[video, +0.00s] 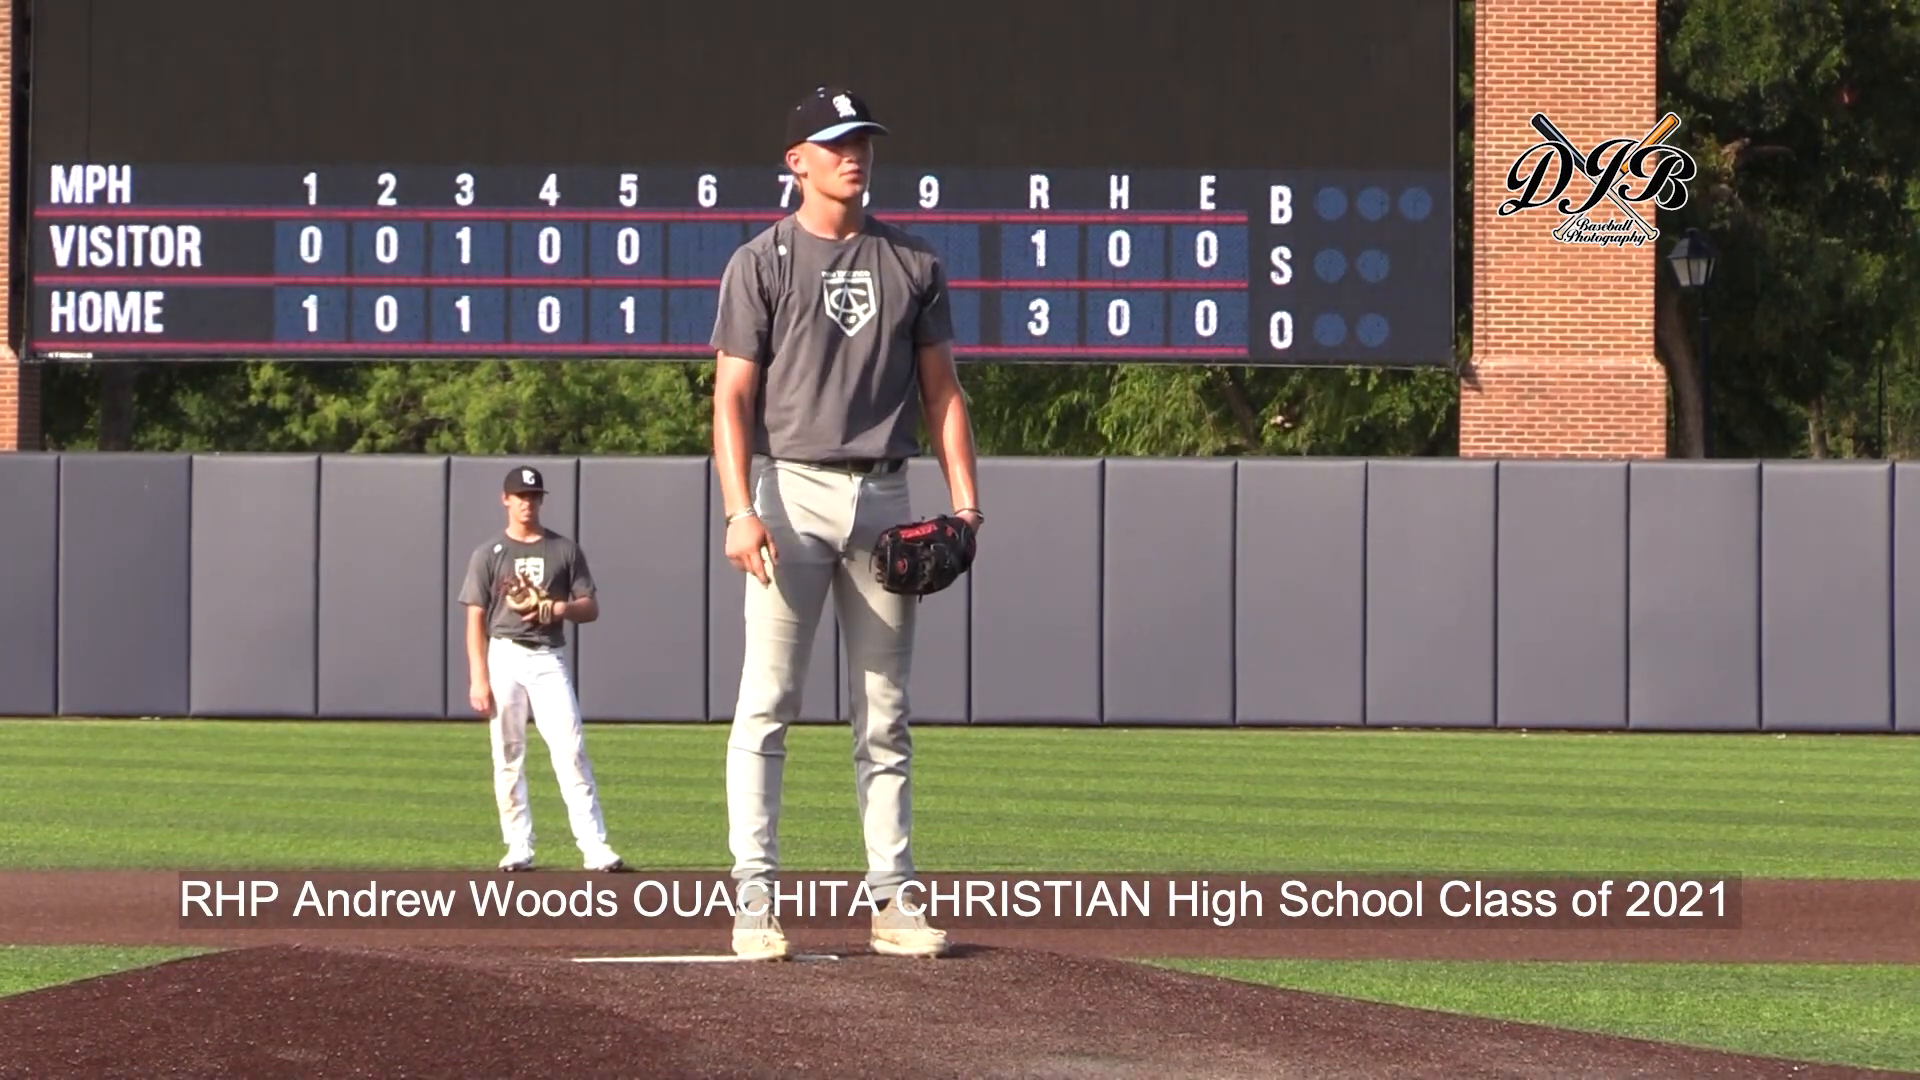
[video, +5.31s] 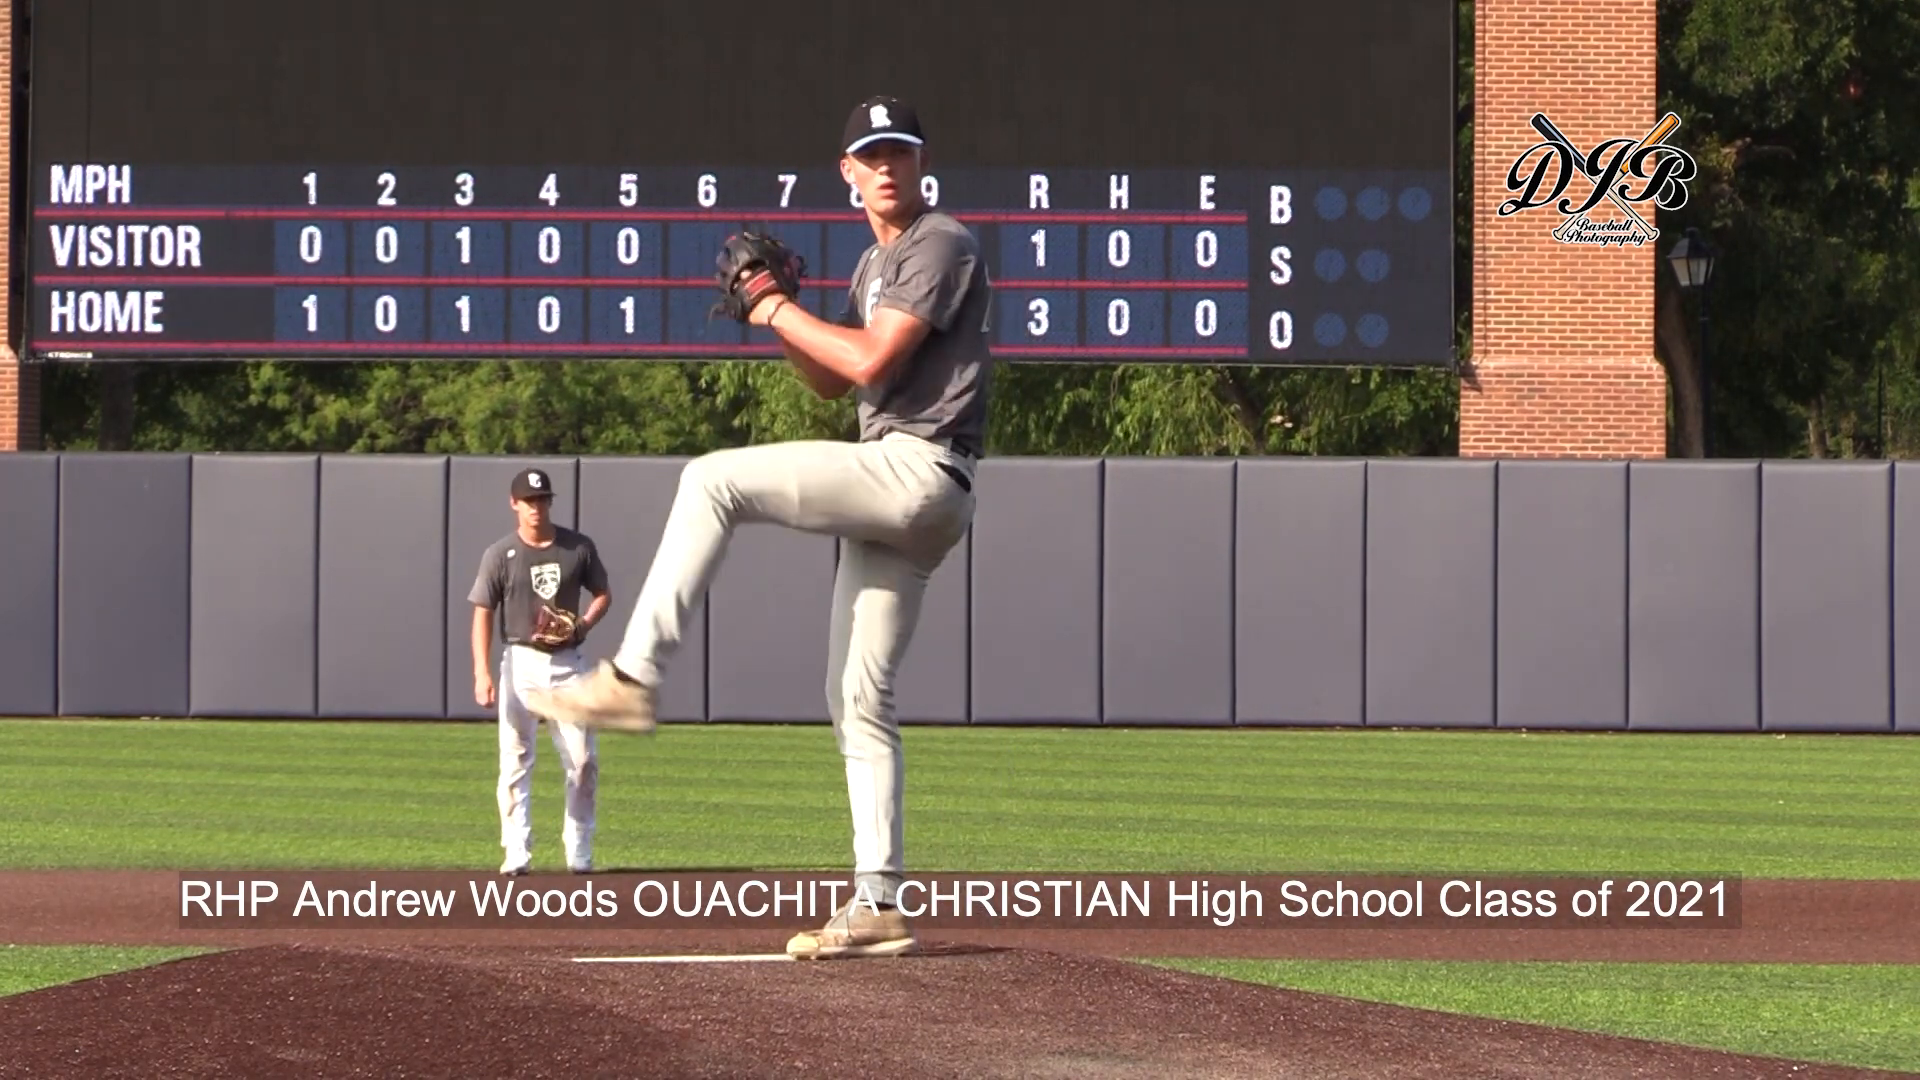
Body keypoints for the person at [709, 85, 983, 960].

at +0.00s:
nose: (854, 160)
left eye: (861, 146)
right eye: (837, 147)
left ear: (872, 158)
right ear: (799, 160)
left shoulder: (912, 266)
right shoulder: (759, 263)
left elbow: (944, 392)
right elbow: (730, 398)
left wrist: (965, 502)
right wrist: (740, 509)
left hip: (887, 498)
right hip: (790, 493)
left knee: (885, 712)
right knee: (767, 706)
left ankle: (893, 898)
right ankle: (756, 895)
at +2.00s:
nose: (852, 159)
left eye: (860, 145)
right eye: (835, 146)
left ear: (872, 158)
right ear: (798, 160)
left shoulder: (912, 267)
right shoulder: (759, 268)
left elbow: (944, 395)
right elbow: (733, 408)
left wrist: (965, 510)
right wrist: (745, 524)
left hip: (888, 497)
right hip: (792, 493)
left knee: (887, 712)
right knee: (769, 704)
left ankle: (893, 897)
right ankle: (755, 895)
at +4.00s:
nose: (911, 163)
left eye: (919, 149)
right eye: (894, 152)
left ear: (934, 159)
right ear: (861, 167)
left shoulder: (973, 251)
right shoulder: (840, 273)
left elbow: (994, 395)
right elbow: (834, 400)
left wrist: (904, 480)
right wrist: (824, 462)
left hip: (950, 502)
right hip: (862, 504)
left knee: (960, 706)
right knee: (829, 695)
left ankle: (970, 906)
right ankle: (836, 896)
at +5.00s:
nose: (901, 165)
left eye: (911, 150)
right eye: (884, 153)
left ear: (930, 160)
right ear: (857, 167)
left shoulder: (953, 244)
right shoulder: (858, 263)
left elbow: (932, 383)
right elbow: (846, 381)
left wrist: (817, 423)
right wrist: (784, 405)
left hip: (930, 486)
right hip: (867, 490)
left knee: (870, 686)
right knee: (851, 697)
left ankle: (940, 882)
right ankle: (880, 898)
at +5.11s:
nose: (895, 165)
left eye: (906, 150)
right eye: (879, 153)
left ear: (926, 160)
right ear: (853, 166)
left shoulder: (948, 243)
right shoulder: (865, 261)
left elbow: (914, 378)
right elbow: (849, 368)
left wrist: (796, 391)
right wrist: (780, 368)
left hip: (925, 479)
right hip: (873, 479)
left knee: (797, 630)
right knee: (868, 696)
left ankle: (872, 829)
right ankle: (874, 908)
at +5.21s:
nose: (889, 168)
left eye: (902, 153)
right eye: (873, 155)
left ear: (925, 162)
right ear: (851, 170)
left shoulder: (946, 242)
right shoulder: (869, 264)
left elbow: (893, 371)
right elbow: (853, 387)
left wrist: (778, 343)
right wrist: (779, 342)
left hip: (920, 475)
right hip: (885, 476)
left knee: (741, 557)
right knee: (863, 704)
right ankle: (882, 906)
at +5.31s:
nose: (886, 173)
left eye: (899, 157)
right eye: (870, 160)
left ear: (924, 166)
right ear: (850, 174)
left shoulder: (943, 242)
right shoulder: (875, 263)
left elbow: (871, 360)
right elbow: (839, 380)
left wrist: (773, 303)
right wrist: (778, 309)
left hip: (918, 473)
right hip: (894, 477)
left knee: (713, 481)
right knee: (864, 702)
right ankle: (879, 907)